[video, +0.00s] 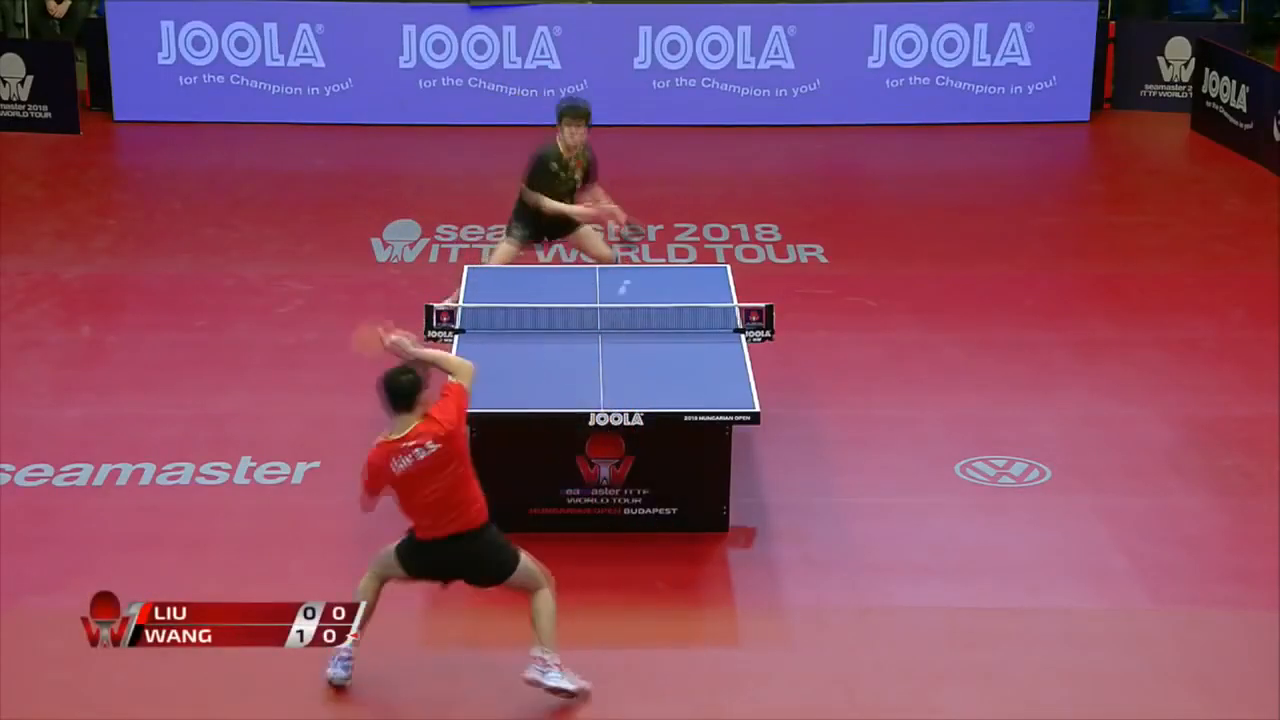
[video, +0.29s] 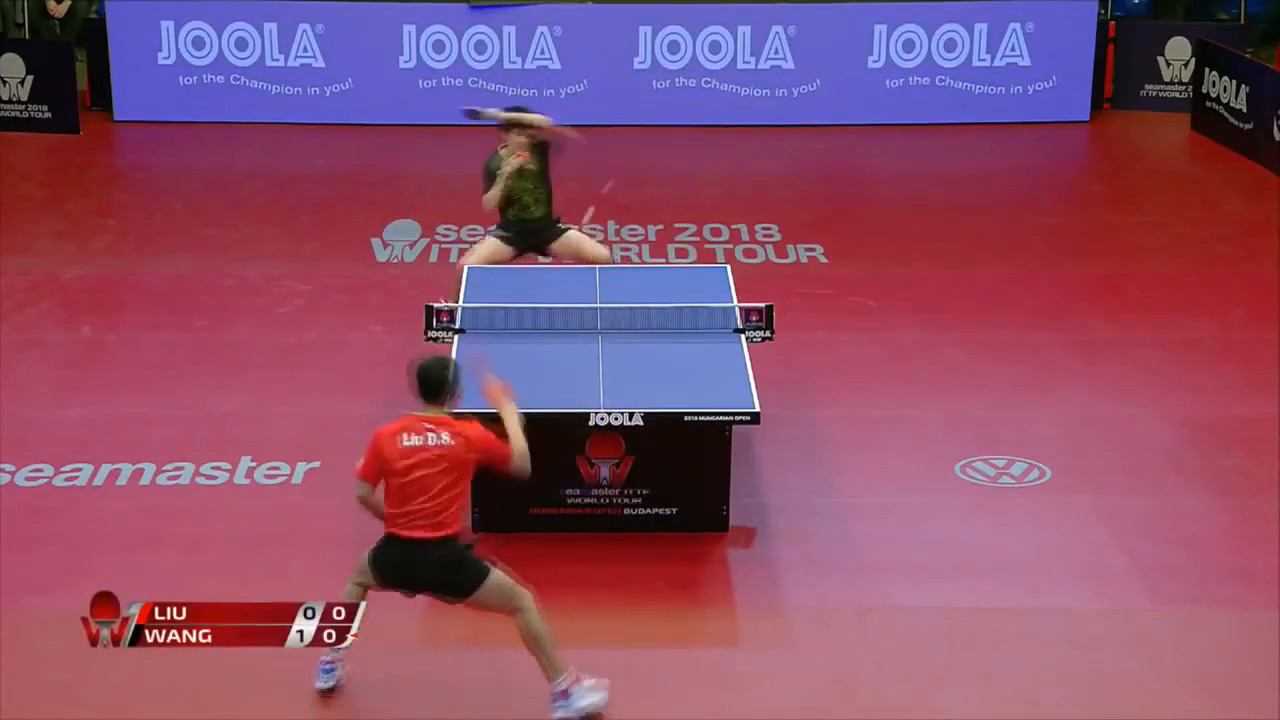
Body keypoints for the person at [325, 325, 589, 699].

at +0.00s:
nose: (428, 393)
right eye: (424, 388)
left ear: (386, 402)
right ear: (422, 395)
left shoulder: (381, 456)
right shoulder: (446, 419)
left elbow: (367, 502)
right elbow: (464, 369)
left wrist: (388, 453)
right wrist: (414, 351)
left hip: (427, 552)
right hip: (478, 546)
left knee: (376, 573)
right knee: (541, 584)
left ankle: (344, 656)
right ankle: (547, 663)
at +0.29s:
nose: (457, 390)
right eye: (456, 385)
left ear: (418, 389)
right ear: (454, 392)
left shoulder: (387, 436)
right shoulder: (468, 435)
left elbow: (363, 494)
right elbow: (521, 463)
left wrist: (396, 519)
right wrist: (508, 409)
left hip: (394, 556)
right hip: (447, 560)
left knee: (358, 581)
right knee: (521, 602)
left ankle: (329, 665)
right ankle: (564, 690)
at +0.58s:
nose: (473, 402)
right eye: (473, 398)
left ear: (435, 399)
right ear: (471, 404)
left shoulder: (408, 438)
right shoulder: (487, 446)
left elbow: (369, 462)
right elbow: (529, 474)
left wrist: (361, 452)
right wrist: (523, 446)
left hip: (389, 563)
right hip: (439, 572)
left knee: (342, 622)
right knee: (499, 626)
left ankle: (292, 691)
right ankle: (530, 711)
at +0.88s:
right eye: (442, 376)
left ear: (404, 382)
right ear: (443, 381)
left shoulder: (388, 438)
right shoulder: (470, 433)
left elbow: (348, 494)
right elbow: (509, 481)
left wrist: (303, 530)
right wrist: (543, 515)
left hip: (395, 557)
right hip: (447, 561)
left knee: (356, 646)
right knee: (494, 650)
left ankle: (326, 715)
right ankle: (516, 715)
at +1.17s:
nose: (419, 384)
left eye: (420, 377)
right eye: (420, 378)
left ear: (378, 375)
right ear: (413, 383)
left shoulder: (343, 425)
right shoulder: (420, 436)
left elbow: (325, 485)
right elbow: (431, 504)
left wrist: (324, 507)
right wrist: (454, 564)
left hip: (356, 555)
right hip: (408, 559)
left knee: (340, 650)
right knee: (454, 646)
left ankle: (322, 718)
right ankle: (476, 715)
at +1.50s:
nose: (446, 394)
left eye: (446, 387)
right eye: (446, 387)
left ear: (406, 381)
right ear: (437, 389)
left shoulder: (366, 426)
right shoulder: (437, 445)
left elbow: (353, 489)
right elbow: (453, 513)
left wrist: (396, 499)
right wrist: (486, 571)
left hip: (377, 562)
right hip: (429, 566)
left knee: (355, 648)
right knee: (457, 652)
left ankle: (328, 717)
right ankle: (451, 718)